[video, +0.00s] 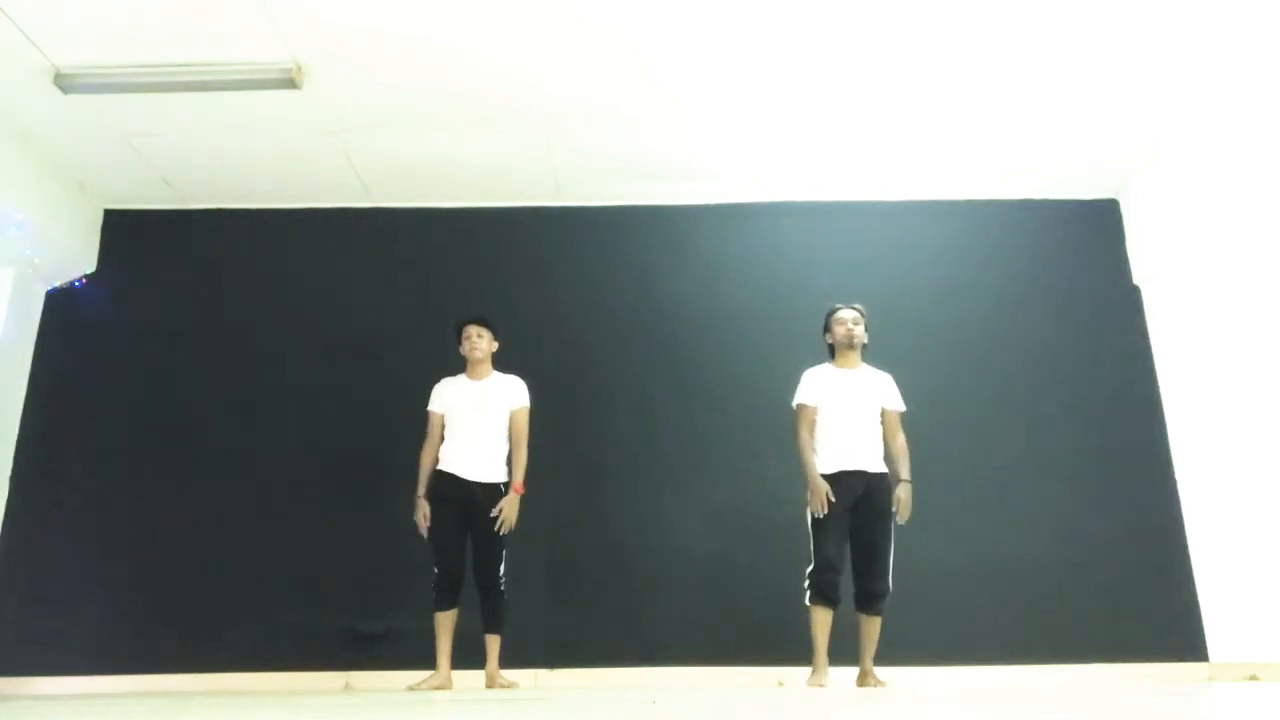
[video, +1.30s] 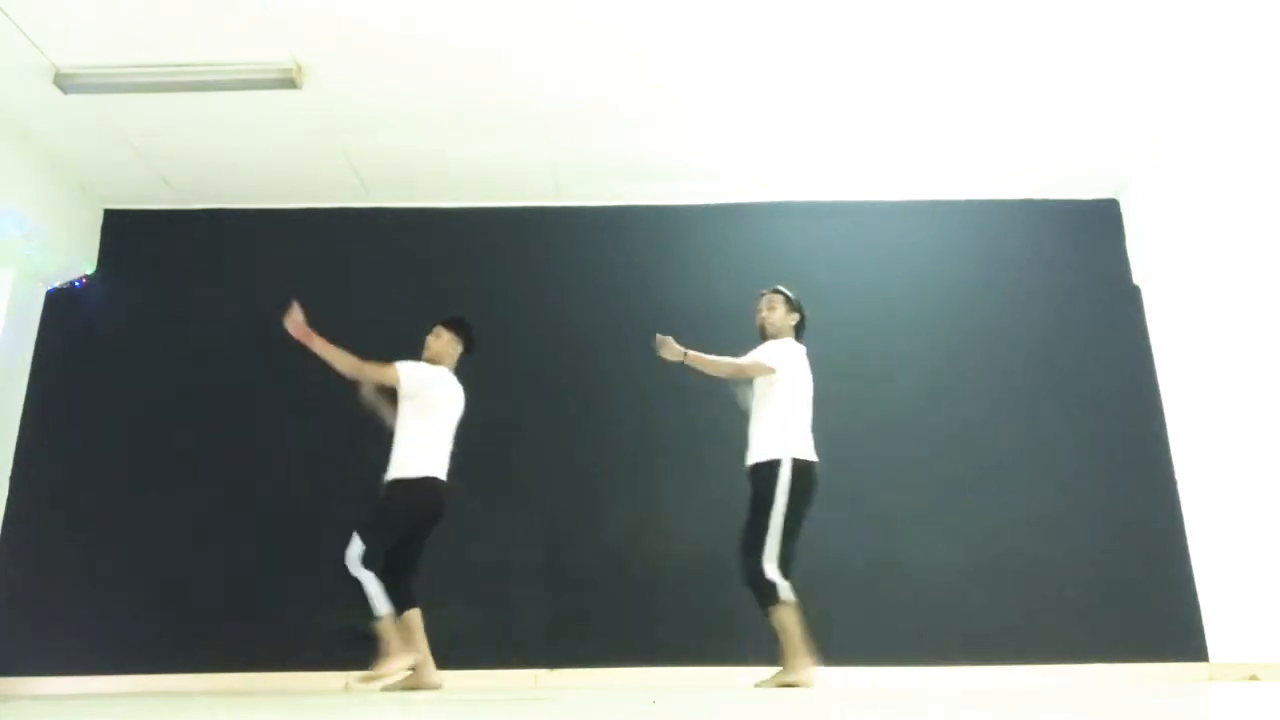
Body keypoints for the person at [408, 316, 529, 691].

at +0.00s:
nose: (473, 343)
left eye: (480, 337)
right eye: (468, 338)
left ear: (494, 345)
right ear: (460, 348)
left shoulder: (513, 386)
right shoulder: (444, 388)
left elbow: (519, 445)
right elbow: (431, 444)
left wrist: (515, 493)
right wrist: (421, 494)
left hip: (492, 492)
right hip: (448, 490)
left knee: (491, 579)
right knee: (446, 577)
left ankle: (493, 672)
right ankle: (442, 672)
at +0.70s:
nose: (468, 341)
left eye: (476, 336)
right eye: (463, 336)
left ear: (491, 346)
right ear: (457, 347)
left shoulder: (502, 377)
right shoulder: (449, 393)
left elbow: (507, 428)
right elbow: (447, 454)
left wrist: (464, 454)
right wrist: (426, 498)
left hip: (495, 492)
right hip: (456, 491)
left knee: (499, 576)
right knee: (430, 568)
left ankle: (502, 670)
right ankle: (440, 662)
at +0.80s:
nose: (462, 342)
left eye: (471, 337)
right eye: (459, 337)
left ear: (487, 347)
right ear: (453, 347)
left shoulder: (493, 376)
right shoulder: (451, 393)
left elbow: (477, 418)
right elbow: (464, 437)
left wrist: (434, 423)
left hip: (491, 491)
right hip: (454, 491)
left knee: (498, 577)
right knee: (420, 565)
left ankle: (502, 670)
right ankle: (436, 660)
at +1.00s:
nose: (449, 348)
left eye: (458, 344)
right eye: (446, 343)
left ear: (475, 355)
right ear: (444, 352)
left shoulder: (462, 378)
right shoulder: (461, 389)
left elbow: (417, 416)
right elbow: (491, 447)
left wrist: (416, 404)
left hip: (460, 493)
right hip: (438, 495)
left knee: (473, 577)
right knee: (406, 573)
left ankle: (502, 670)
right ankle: (427, 670)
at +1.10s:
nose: (441, 350)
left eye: (451, 347)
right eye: (442, 344)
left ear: (467, 359)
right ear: (443, 350)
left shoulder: (445, 385)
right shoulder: (461, 395)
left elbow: (399, 424)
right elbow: (482, 457)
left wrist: (391, 406)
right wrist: (462, 490)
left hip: (437, 494)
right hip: (425, 495)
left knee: (435, 582)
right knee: (398, 584)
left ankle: (494, 649)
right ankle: (425, 671)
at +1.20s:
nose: (435, 350)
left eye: (445, 346)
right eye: (437, 343)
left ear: (462, 358)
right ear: (438, 348)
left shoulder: (434, 383)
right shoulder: (460, 401)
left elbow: (375, 404)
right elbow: (441, 463)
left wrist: (342, 378)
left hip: (424, 496)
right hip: (432, 497)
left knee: (389, 577)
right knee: (391, 583)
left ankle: (460, 638)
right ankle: (425, 672)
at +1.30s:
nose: (429, 339)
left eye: (439, 336)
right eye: (432, 333)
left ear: (456, 349)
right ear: (440, 343)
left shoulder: (423, 375)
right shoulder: (454, 391)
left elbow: (359, 369)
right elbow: (407, 427)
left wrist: (306, 336)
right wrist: (375, 398)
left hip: (408, 487)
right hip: (430, 490)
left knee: (359, 558)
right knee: (397, 573)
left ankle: (394, 652)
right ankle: (424, 668)